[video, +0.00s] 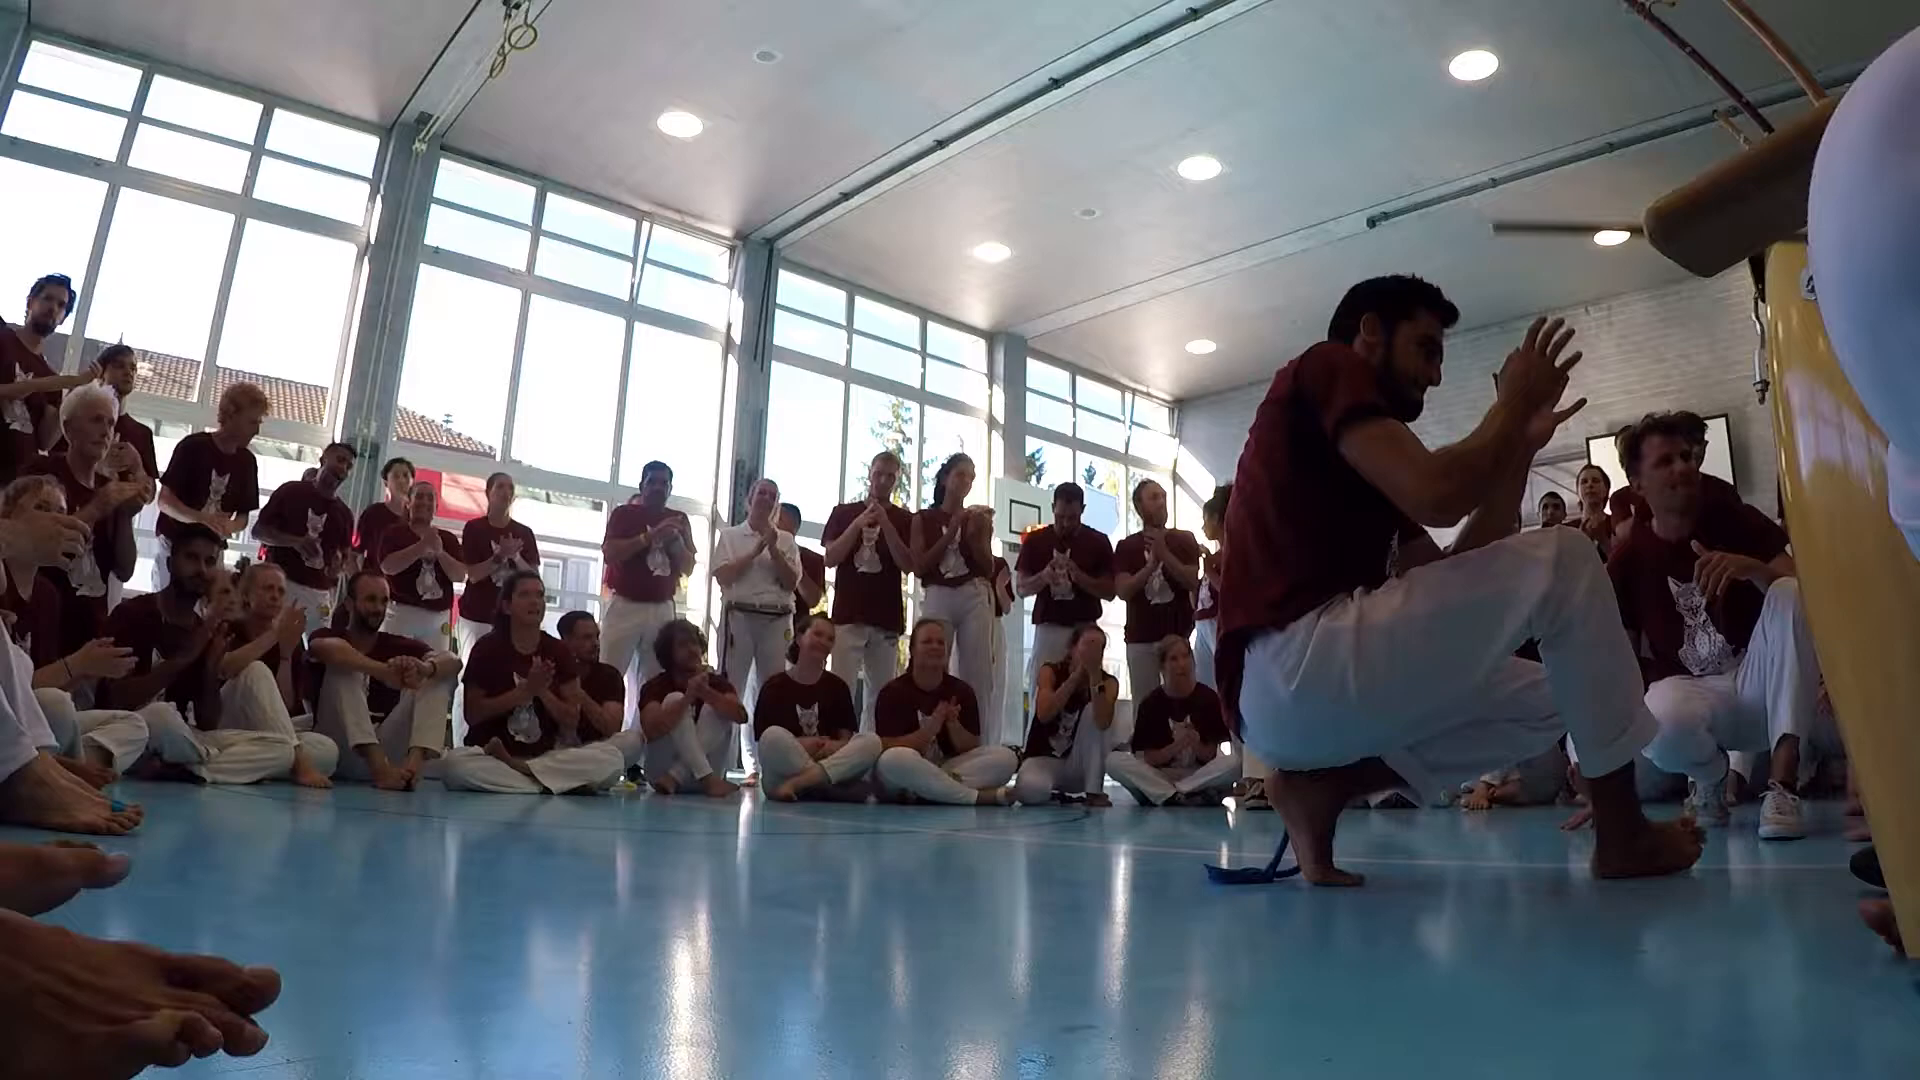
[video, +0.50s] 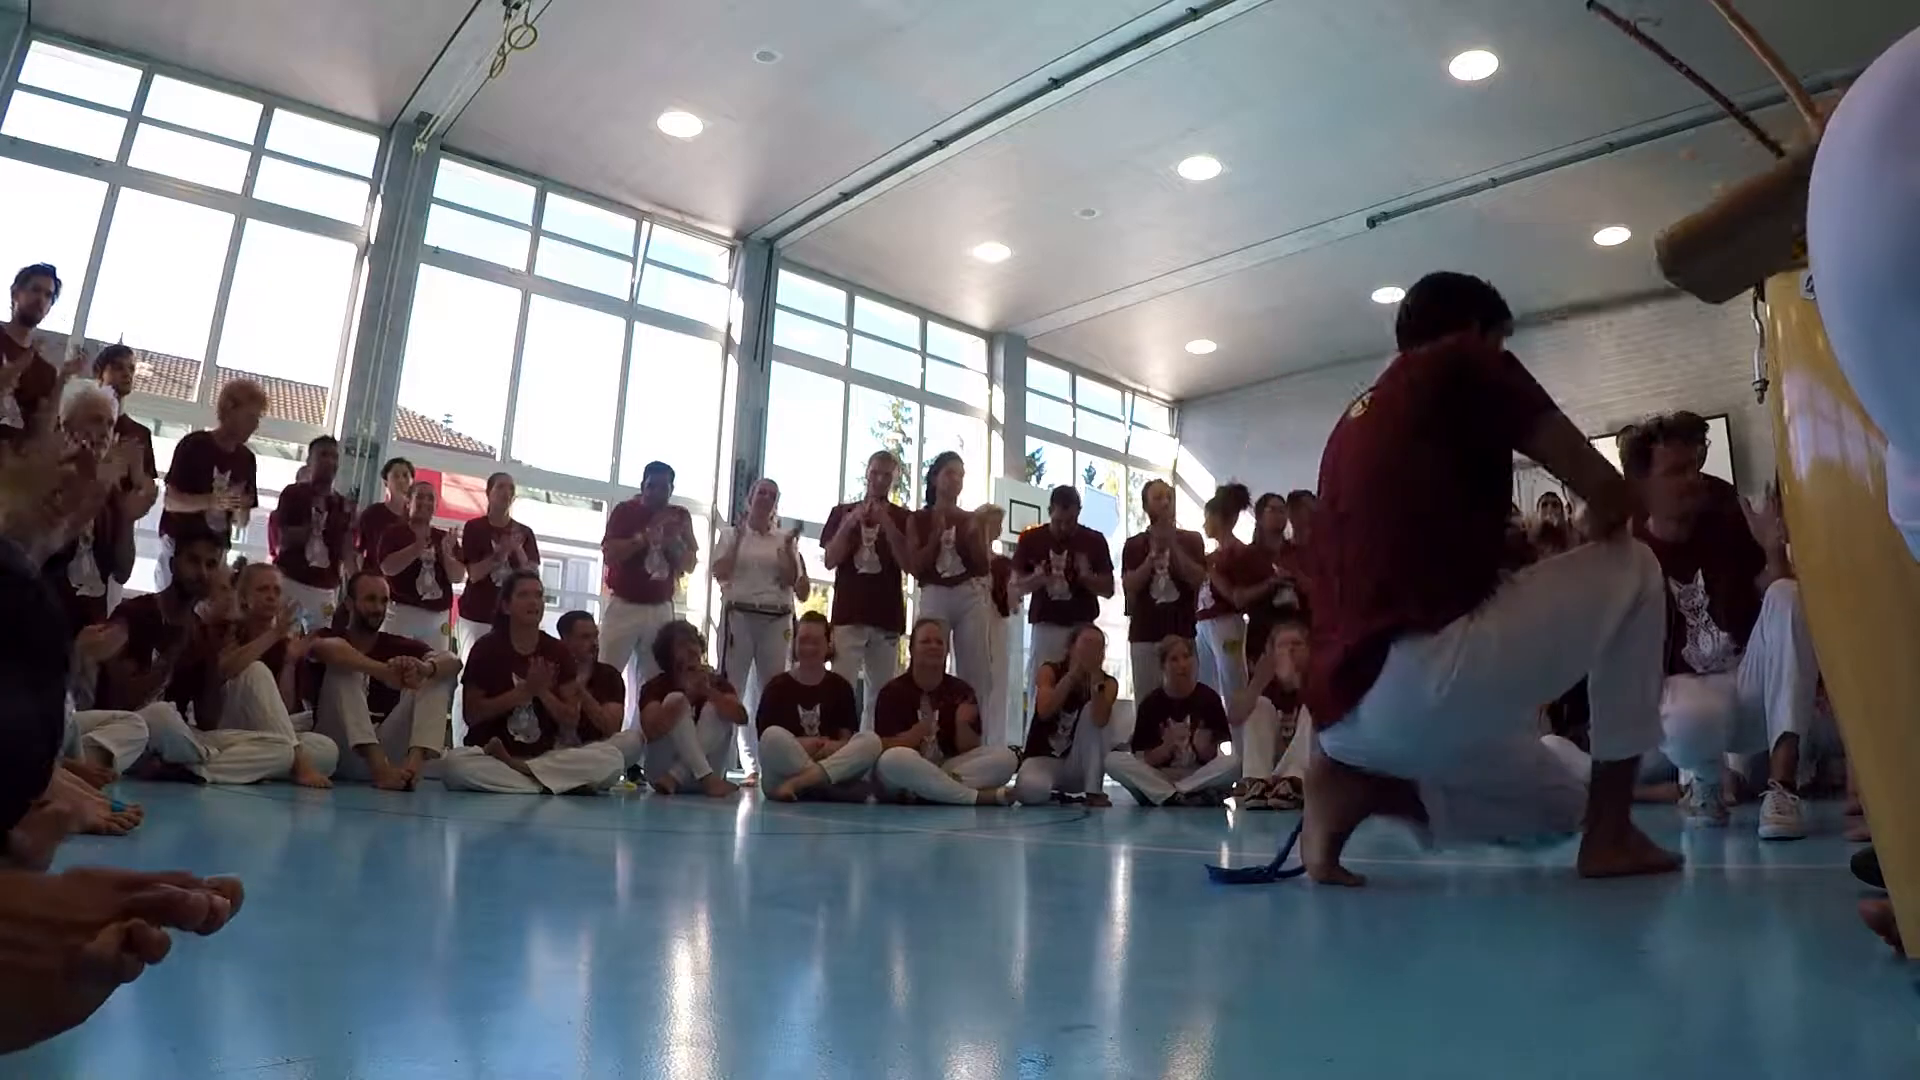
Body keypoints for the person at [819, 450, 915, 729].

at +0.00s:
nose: (883, 480)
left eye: (889, 476)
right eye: (878, 474)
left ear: (897, 480)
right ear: (869, 474)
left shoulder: (904, 518)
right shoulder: (843, 513)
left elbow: (908, 566)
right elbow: (831, 559)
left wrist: (886, 525)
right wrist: (857, 525)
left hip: (886, 619)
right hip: (848, 617)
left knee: (883, 697)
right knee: (840, 692)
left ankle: (881, 759)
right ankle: (838, 759)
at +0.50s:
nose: (878, 479)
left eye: (885, 475)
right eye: (874, 473)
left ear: (895, 478)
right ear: (866, 473)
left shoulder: (903, 517)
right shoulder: (842, 513)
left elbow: (910, 566)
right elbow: (830, 560)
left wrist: (887, 526)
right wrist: (848, 525)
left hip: (887, 619)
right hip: (848, 617)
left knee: (882, 695)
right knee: (842, 692)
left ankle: (880, 755)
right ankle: (839, 755)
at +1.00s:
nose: (877, 483)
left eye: (884, 478)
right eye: (874, 476)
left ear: (894, 479)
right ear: (867, 475)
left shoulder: (905, 517)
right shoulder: (845, 513)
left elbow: (905, 562)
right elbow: (840, 558)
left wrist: (878, 526)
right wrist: (866, 523)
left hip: (888, 617)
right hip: (850, 616)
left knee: (886, 694)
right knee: (841, 691)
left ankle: (883, 757)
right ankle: (837, 755)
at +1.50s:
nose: (882, 493)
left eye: (889, 488)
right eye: (878, 486)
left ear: (898, 486)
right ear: (870, 480)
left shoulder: (908, 519)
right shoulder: (848, 512)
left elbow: (908, 562)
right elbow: (841, 555)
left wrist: (884, 523)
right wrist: (868, 525)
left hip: (889, 619)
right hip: (851, 616)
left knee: (887, 693)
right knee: (844, 690)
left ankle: (882, 756)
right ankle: (840, 753)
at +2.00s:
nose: (881, 486)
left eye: (887, 480)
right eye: (876, 479)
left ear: (896, 480)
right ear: (868, 476)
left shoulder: (909, 516)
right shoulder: (846, 511)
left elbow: (913, 563)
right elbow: (834, 557)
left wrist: (887, 523)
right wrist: (859, 525)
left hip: (888, 618)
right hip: (849, 616)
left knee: (885, 695)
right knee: (841, 690)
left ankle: (881, 757)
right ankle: (838, 753)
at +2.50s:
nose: (863, 477)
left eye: (870, 471)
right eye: (859, 472)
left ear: (882, 472)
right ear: (855, 474)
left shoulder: (904, 513)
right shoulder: (839, 512)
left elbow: (908, 558)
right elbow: (835, 562)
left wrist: (880, 534)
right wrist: (859, 534)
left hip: (888, 617)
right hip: (849, 616)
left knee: (881, 692)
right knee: (846, 691)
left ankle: (879, 754)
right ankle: (844, 755)